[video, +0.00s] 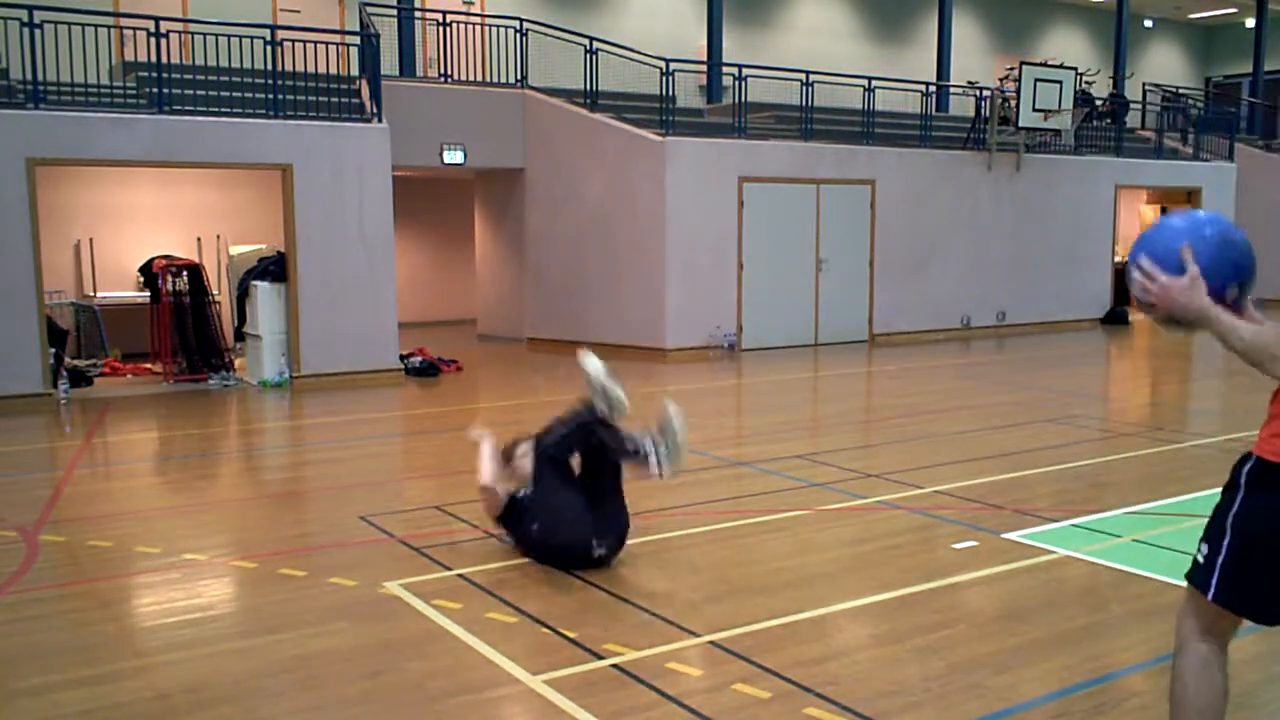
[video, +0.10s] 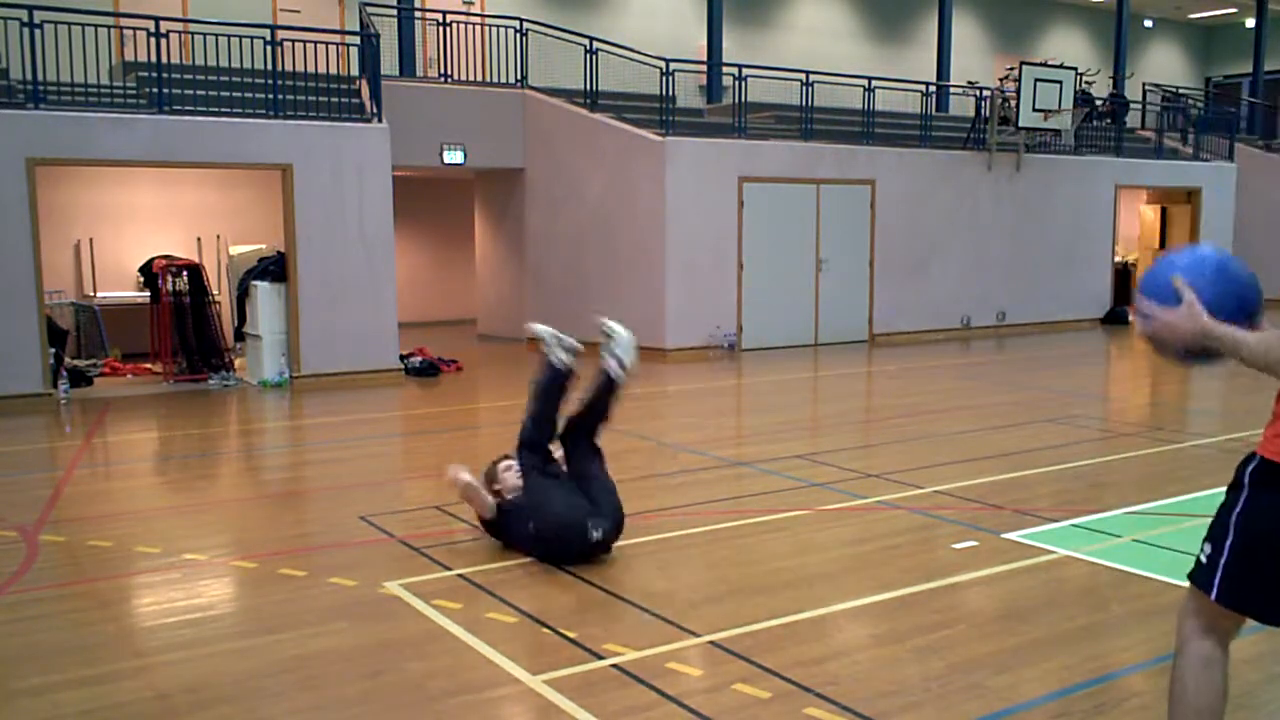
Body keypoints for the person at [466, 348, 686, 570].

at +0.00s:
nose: (533, 458)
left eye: (531, 453)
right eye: (525, 455)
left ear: (538, 458)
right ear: (510, 469)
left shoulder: (565, 487)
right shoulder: (512, 508)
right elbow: (487, 486)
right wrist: (486, 443)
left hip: (607, 540)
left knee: (595, 441)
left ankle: (655, 452)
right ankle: (596, 408)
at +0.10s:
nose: (518, 470)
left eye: (517, 467)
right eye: (509, 469)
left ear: (526, 471)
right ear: (496, 487)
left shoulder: (545, 485)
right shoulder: (502, 518)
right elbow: (478, 497)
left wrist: (561, 465)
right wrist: (463, 480)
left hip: (604, 519)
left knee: (577, 436)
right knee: (530, 445)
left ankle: (612, 370)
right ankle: (557, 364)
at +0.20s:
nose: (512, 475)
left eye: (511, 472)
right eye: (502, 475)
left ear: (518, 475)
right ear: (491, 493)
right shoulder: (495, 516)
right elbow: (453, 477)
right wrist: (447, 502)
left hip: (603, 509)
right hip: (565, 521)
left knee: (564, 436)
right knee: (523, 448)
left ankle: (564, 341)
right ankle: (521, 353)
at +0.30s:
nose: (506, 481)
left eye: (506, 478)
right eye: (497, 482)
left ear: (514, 481)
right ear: (489, 498)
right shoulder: (494, 517)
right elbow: (449, 477)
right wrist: (449, 515)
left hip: (601, 492)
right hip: (558, 506)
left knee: (545, 435)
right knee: (512, 450)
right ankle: (503, 359)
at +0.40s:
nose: (506, 485)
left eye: (505, 482)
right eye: (496, 487)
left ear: (514, 484)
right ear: (488, 501)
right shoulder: (492, 519)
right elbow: (448, 477)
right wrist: (456, 517)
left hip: (595, 468)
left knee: (532, 439)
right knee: (502, 454)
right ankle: (484, 369)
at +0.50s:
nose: (500, 489)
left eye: (499, 487)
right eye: (493, 493)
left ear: (506, 487)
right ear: (488, 507)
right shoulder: (495, 522)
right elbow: (447, 478)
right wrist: (456, 519)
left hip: (588, 454)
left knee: (523, 451)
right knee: (493, 460)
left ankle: (477, 381)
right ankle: (467, 383)